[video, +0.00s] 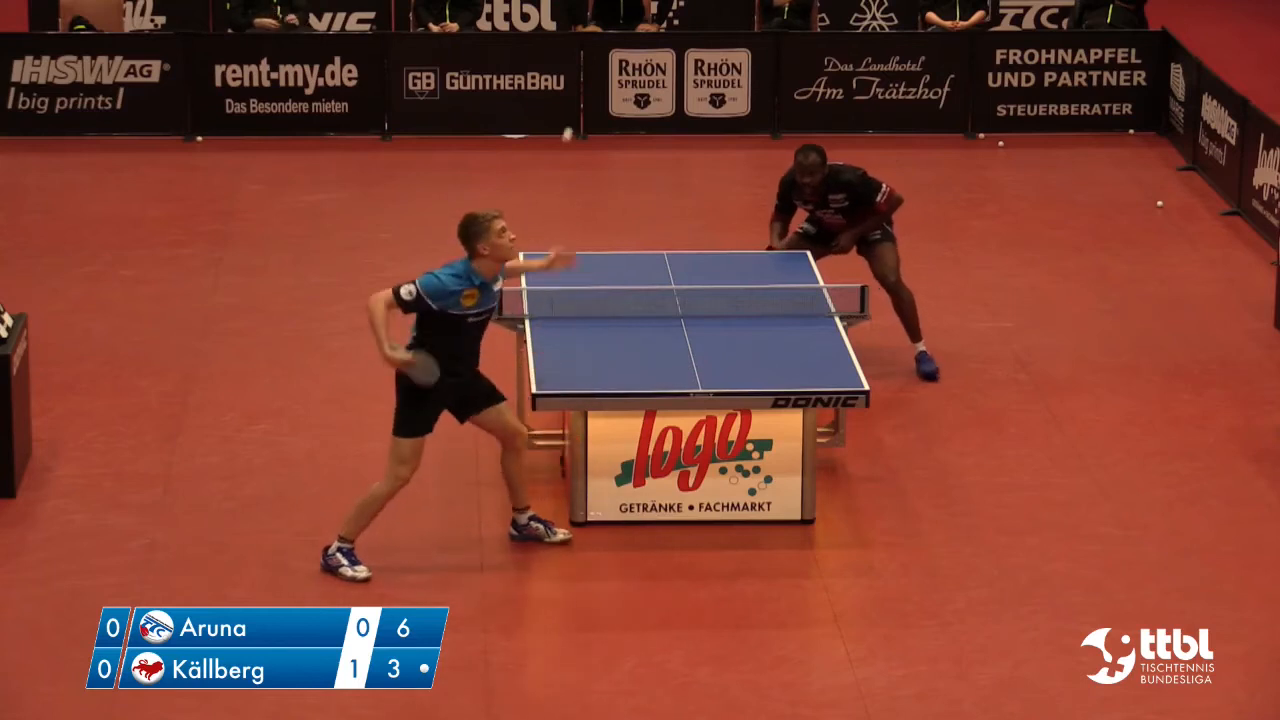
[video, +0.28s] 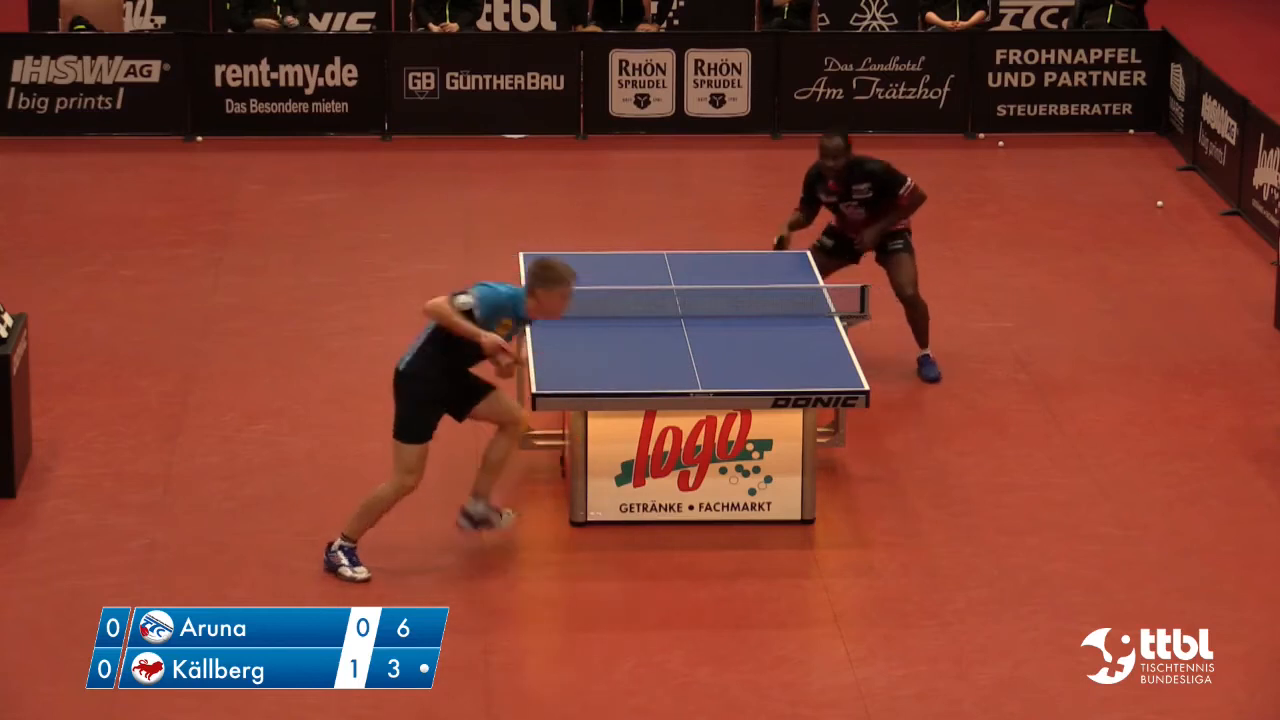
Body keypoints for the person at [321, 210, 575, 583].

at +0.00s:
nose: (513, 238)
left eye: (508, 231)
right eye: (503, 235)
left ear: (491, 247)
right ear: (482, 248)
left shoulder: (492, 272)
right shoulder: (444, 281)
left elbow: (508, 266)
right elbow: (379, 301)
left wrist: (545, 264)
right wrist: (386, 349)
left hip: (463, 377)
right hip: (422, 381)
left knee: (516, 435)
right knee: (400, 473)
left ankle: (523, 520)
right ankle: (339, 549)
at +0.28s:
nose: (565, 306)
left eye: (567, 299)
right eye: (561, 298)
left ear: (542, 296)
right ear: (538, 294)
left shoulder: (520, 317)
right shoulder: (496, 297)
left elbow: (502, 369)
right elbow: (434, 307)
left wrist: (507, 362)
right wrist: (483, 337)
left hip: (452, 378)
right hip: (418, 378)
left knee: (513, 420)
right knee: (406, 479)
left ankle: (477, 506)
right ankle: (342, 547)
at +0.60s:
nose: (582, 287)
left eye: (582, 282)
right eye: (581, 282)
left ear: (545, 280)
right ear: (576, 283)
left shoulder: (513, 302)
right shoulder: (573, 310)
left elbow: (450, 317)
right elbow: (632, 319)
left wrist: (455, 358)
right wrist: (661, 298)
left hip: (460, 389)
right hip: (496, 395)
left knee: (499, 441)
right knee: (571, 462)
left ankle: (484, 527)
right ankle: (523, 537)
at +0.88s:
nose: (588, 297)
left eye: (581, 289)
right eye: (588, 292)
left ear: (551, 294)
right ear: (584, 299)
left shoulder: (522, 325)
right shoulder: (595, 337)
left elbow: (477, 368)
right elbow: (646, 382)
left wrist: (497, 354)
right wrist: (659, 369)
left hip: (514, 430)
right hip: (565, 435)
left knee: (458, 471)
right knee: (629, 485)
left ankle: (439, 561)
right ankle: (660, 574)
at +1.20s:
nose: (587, 311)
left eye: (584, 303)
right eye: (586, 305)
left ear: (547, 301)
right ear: (578, 310)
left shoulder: (514, 326)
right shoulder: (578, 352)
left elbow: (477, 356)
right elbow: (629, 403)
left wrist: (506, 347)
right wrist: (675, 393)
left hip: (492, 449)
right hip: (542, 452)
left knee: (432, 498)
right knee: (625, 454)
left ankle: (399, 578)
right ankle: (601, 546)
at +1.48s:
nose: (711, 309)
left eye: (709, 302)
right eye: (711, 303)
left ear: (672, 298)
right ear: (702, 306)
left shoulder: (639, 316)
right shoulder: (702, 347)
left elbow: (571, 328)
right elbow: (745, 377)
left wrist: (593, 321)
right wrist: (781, 361)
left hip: (604, 432)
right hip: (653, 442)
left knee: (526, 493)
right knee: (724, 464)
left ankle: (462, 566)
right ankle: (760, 544)